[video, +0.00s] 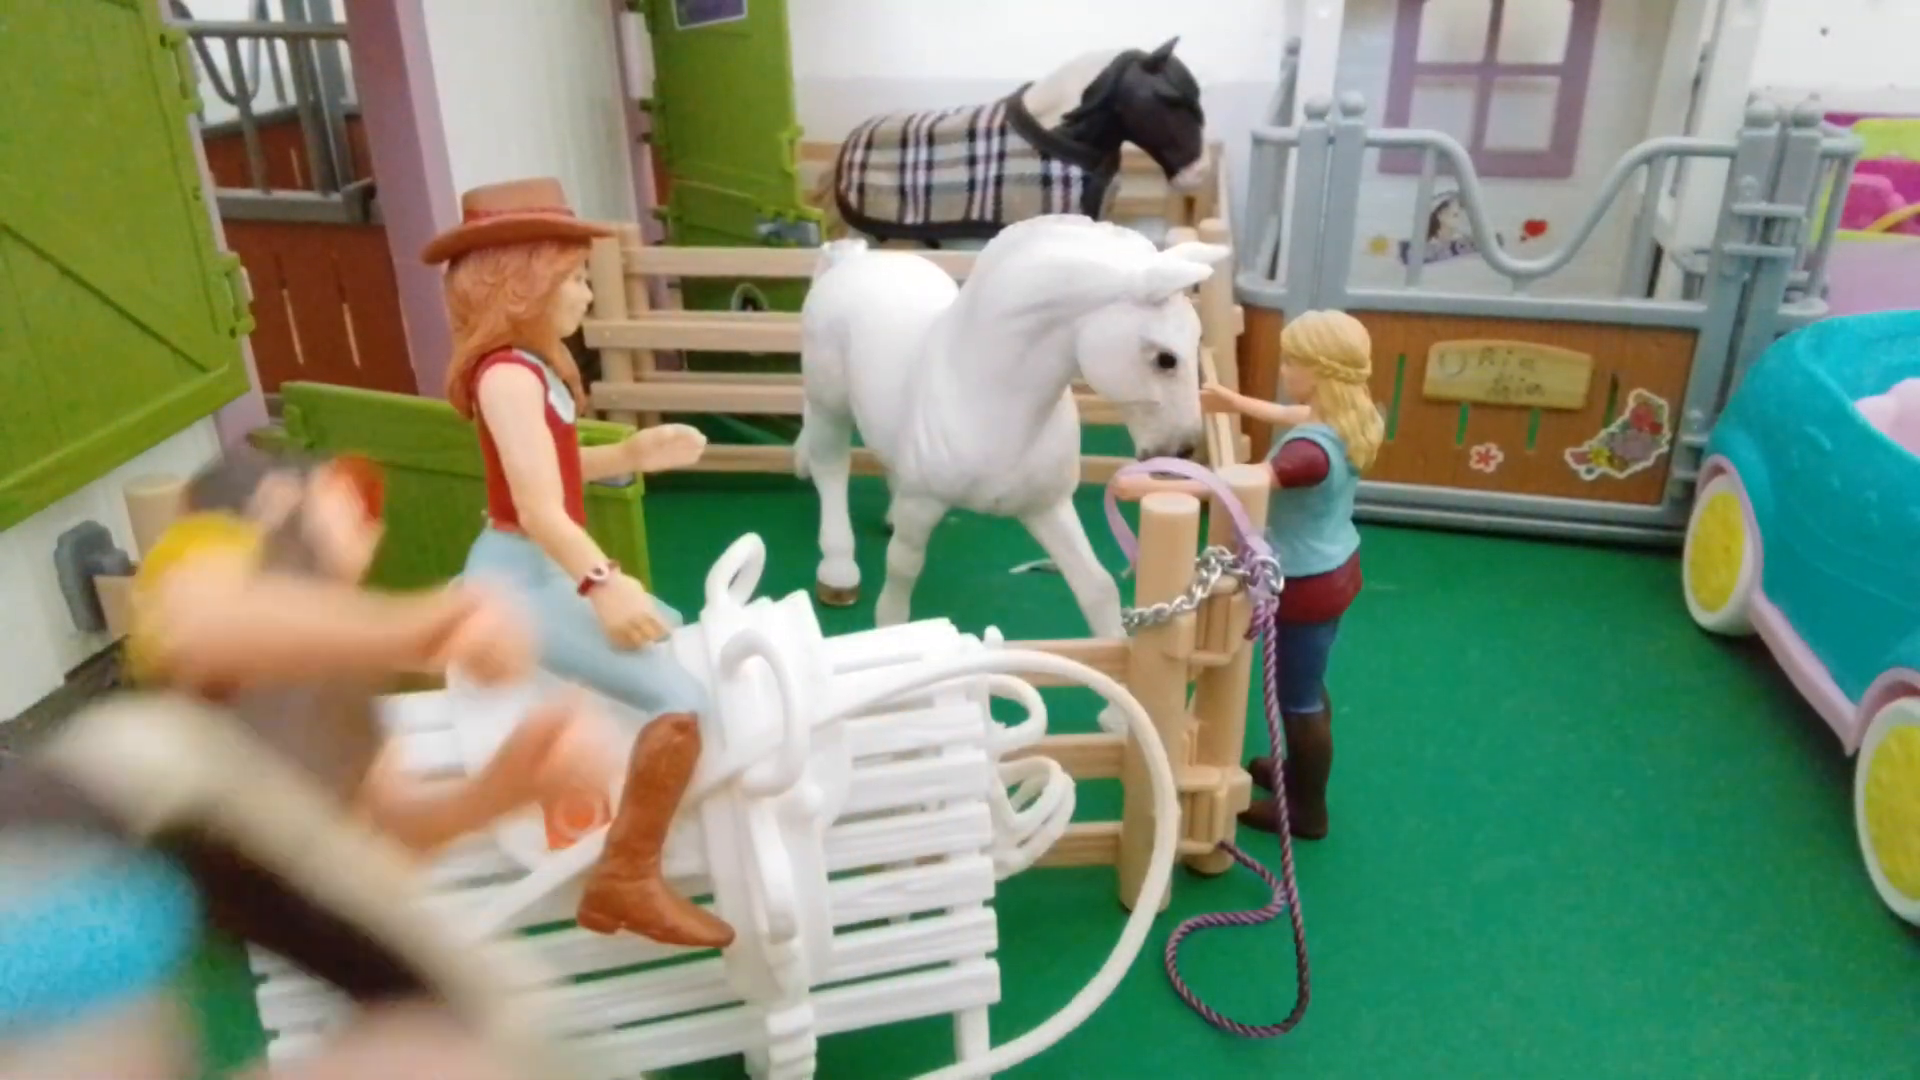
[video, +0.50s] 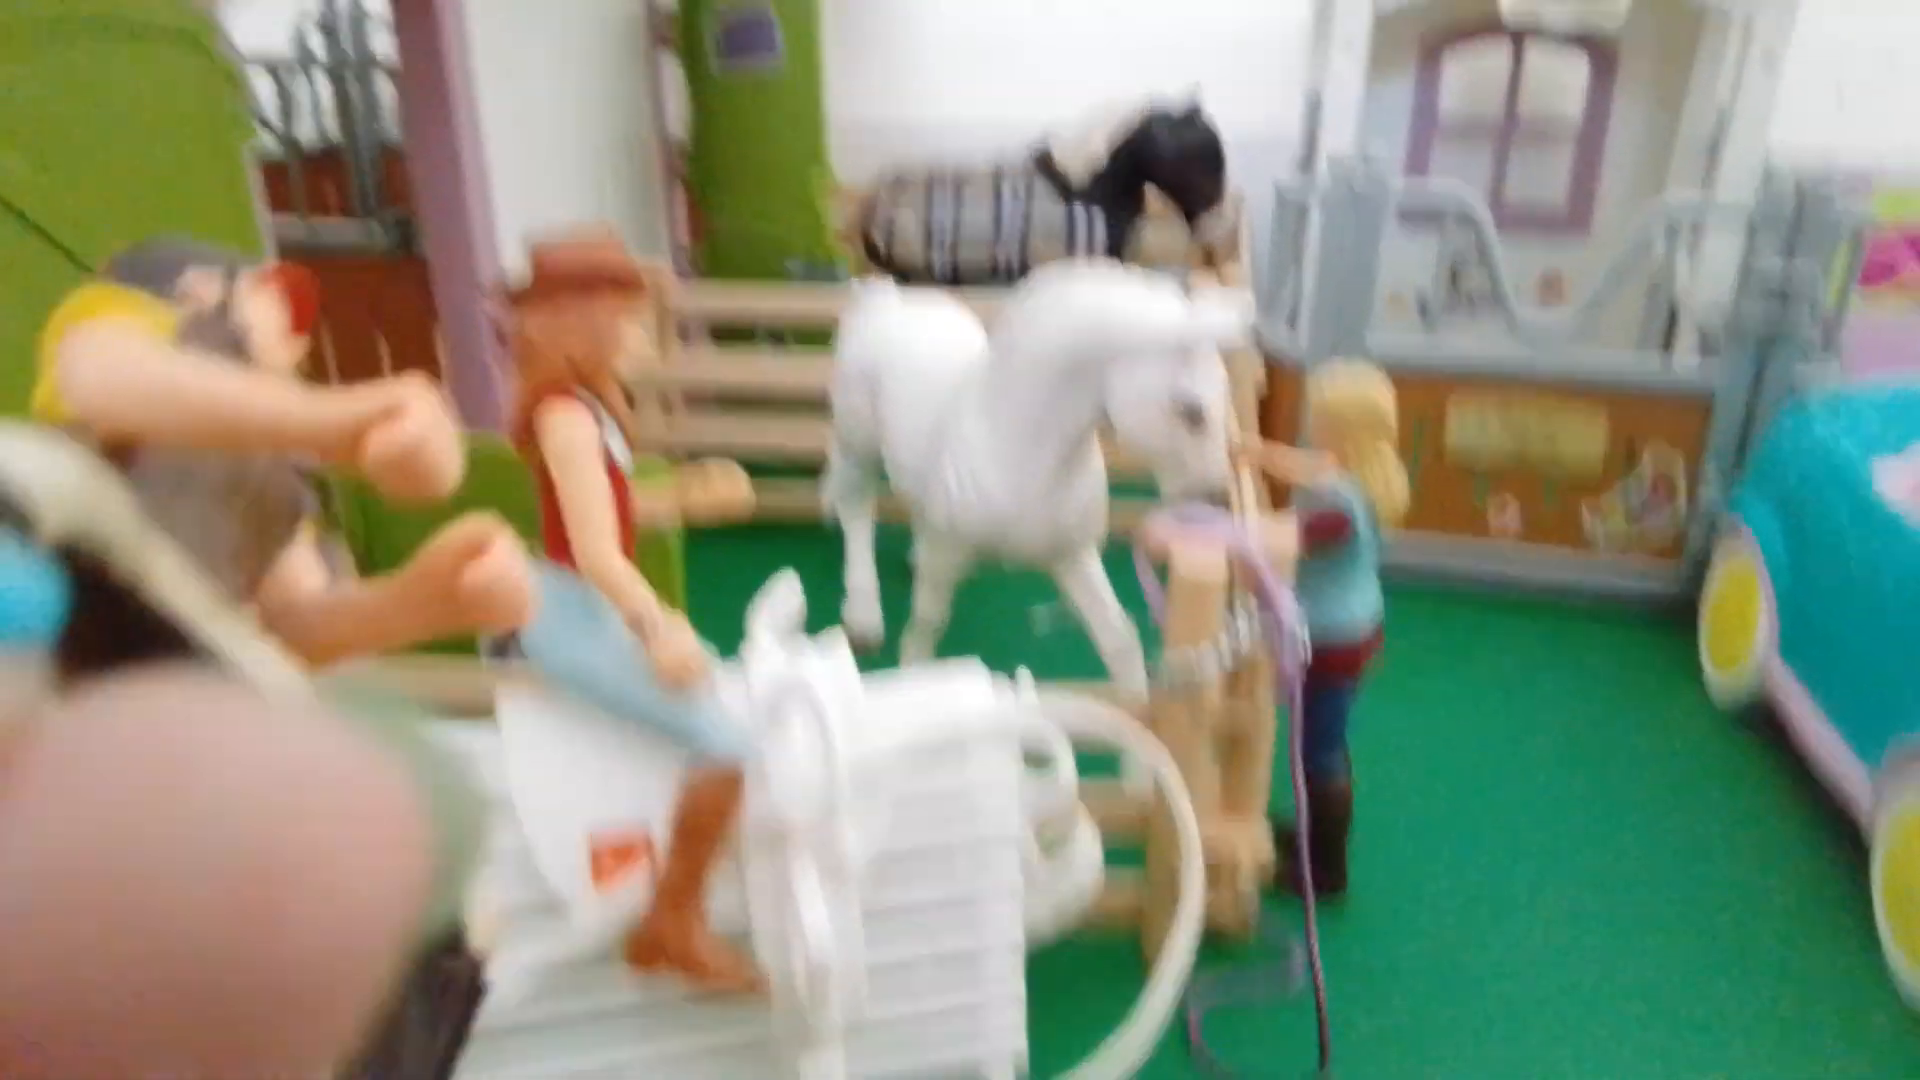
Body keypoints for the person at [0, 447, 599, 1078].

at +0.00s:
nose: (369, 524)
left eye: (368, 505)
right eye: (356, 499)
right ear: (300, 488)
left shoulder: (331, 659)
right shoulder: (220, 539)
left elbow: (380, 826)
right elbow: (194, 628)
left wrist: (505, 786)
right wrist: (420, 627)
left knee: (453, 1011)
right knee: (132, 746)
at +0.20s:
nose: (315, 547)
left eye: (314, 535)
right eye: (299, 520)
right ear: (246, 500)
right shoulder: (196, 502)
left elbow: (327, 856)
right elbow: (130, 647)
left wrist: (476, 819)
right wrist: (369, 666)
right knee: (88, 779)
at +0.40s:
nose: (306, 420)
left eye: (301, 396)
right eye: (288, 385)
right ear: (210, 373)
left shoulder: (264, 531)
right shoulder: (128, 408)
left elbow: (299, 716)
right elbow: (107, 489)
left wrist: (439, 691)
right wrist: (348, 530)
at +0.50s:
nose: (298, 339)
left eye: (300, 332)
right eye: (290, 312)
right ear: (259, 286)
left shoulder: (278, 492)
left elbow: (296, 623)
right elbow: (94, 382)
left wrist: (422, 602)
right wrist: (336, 420)